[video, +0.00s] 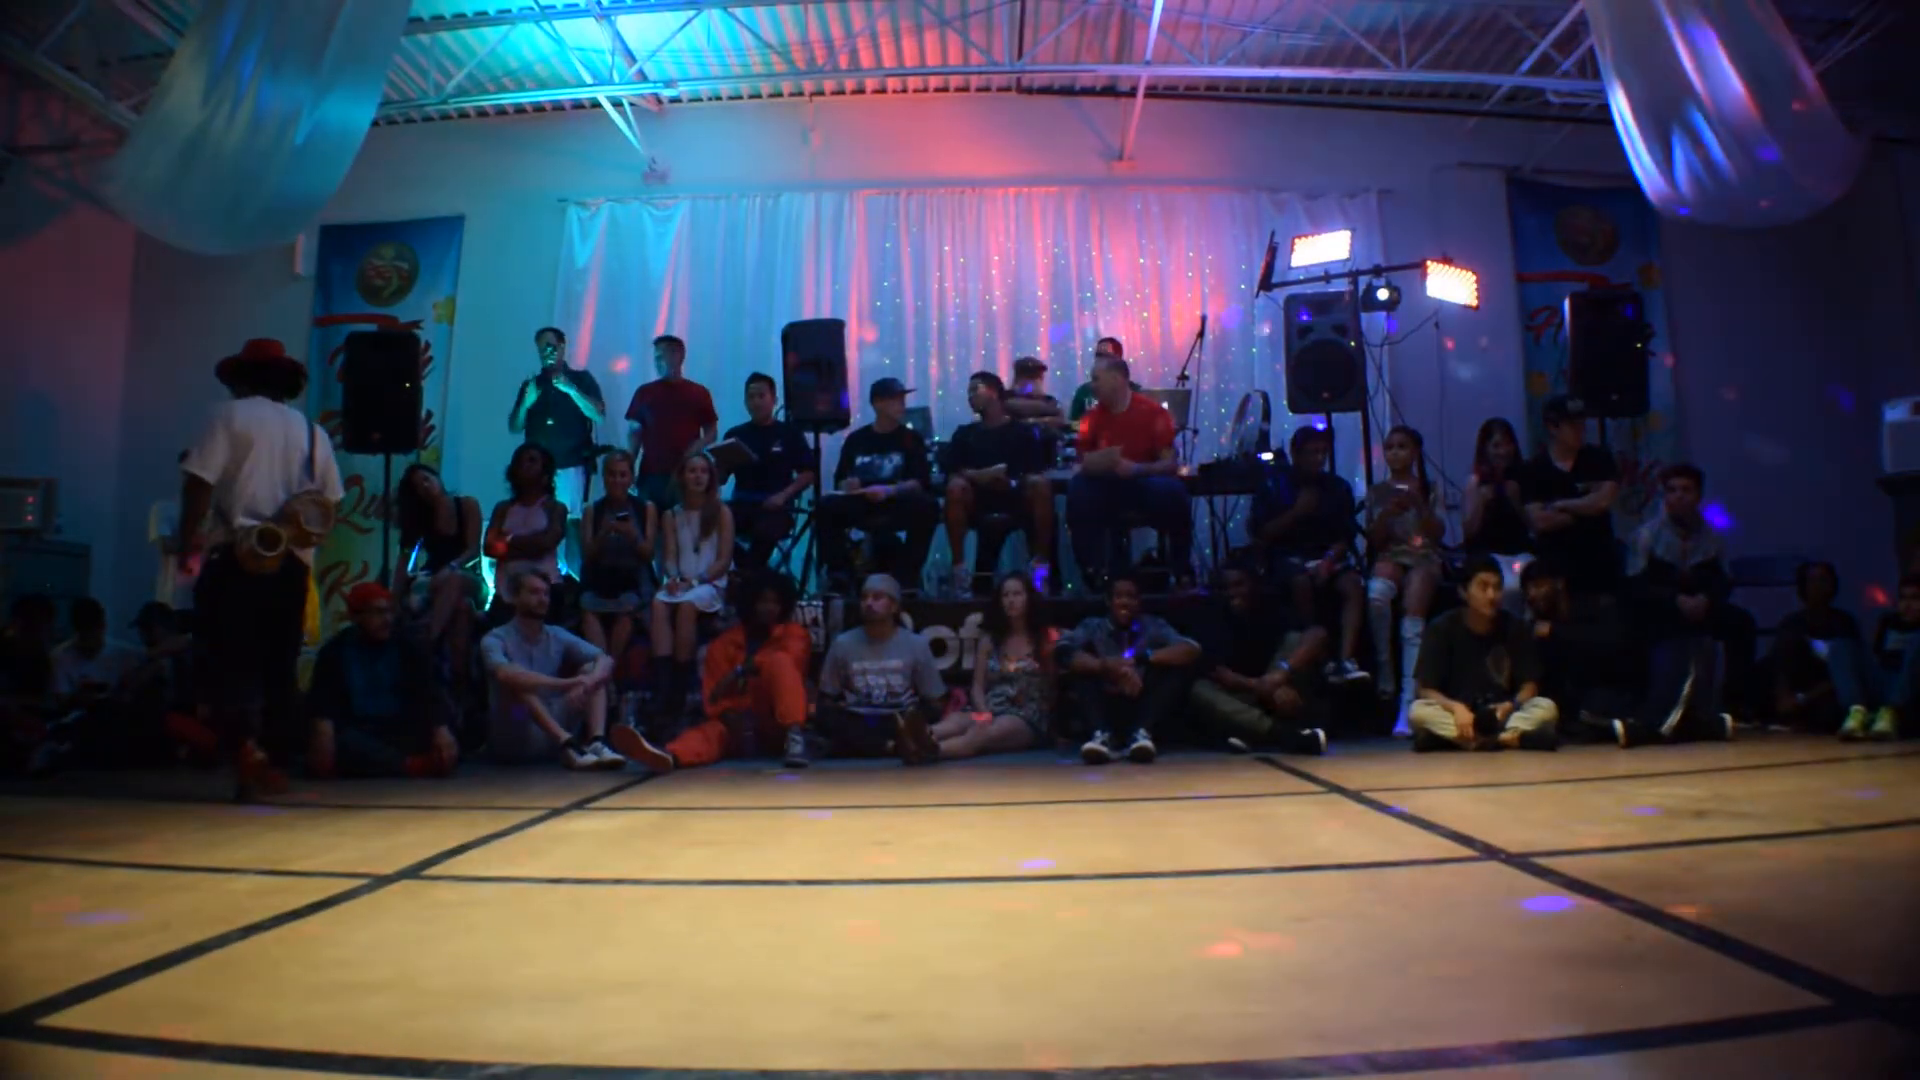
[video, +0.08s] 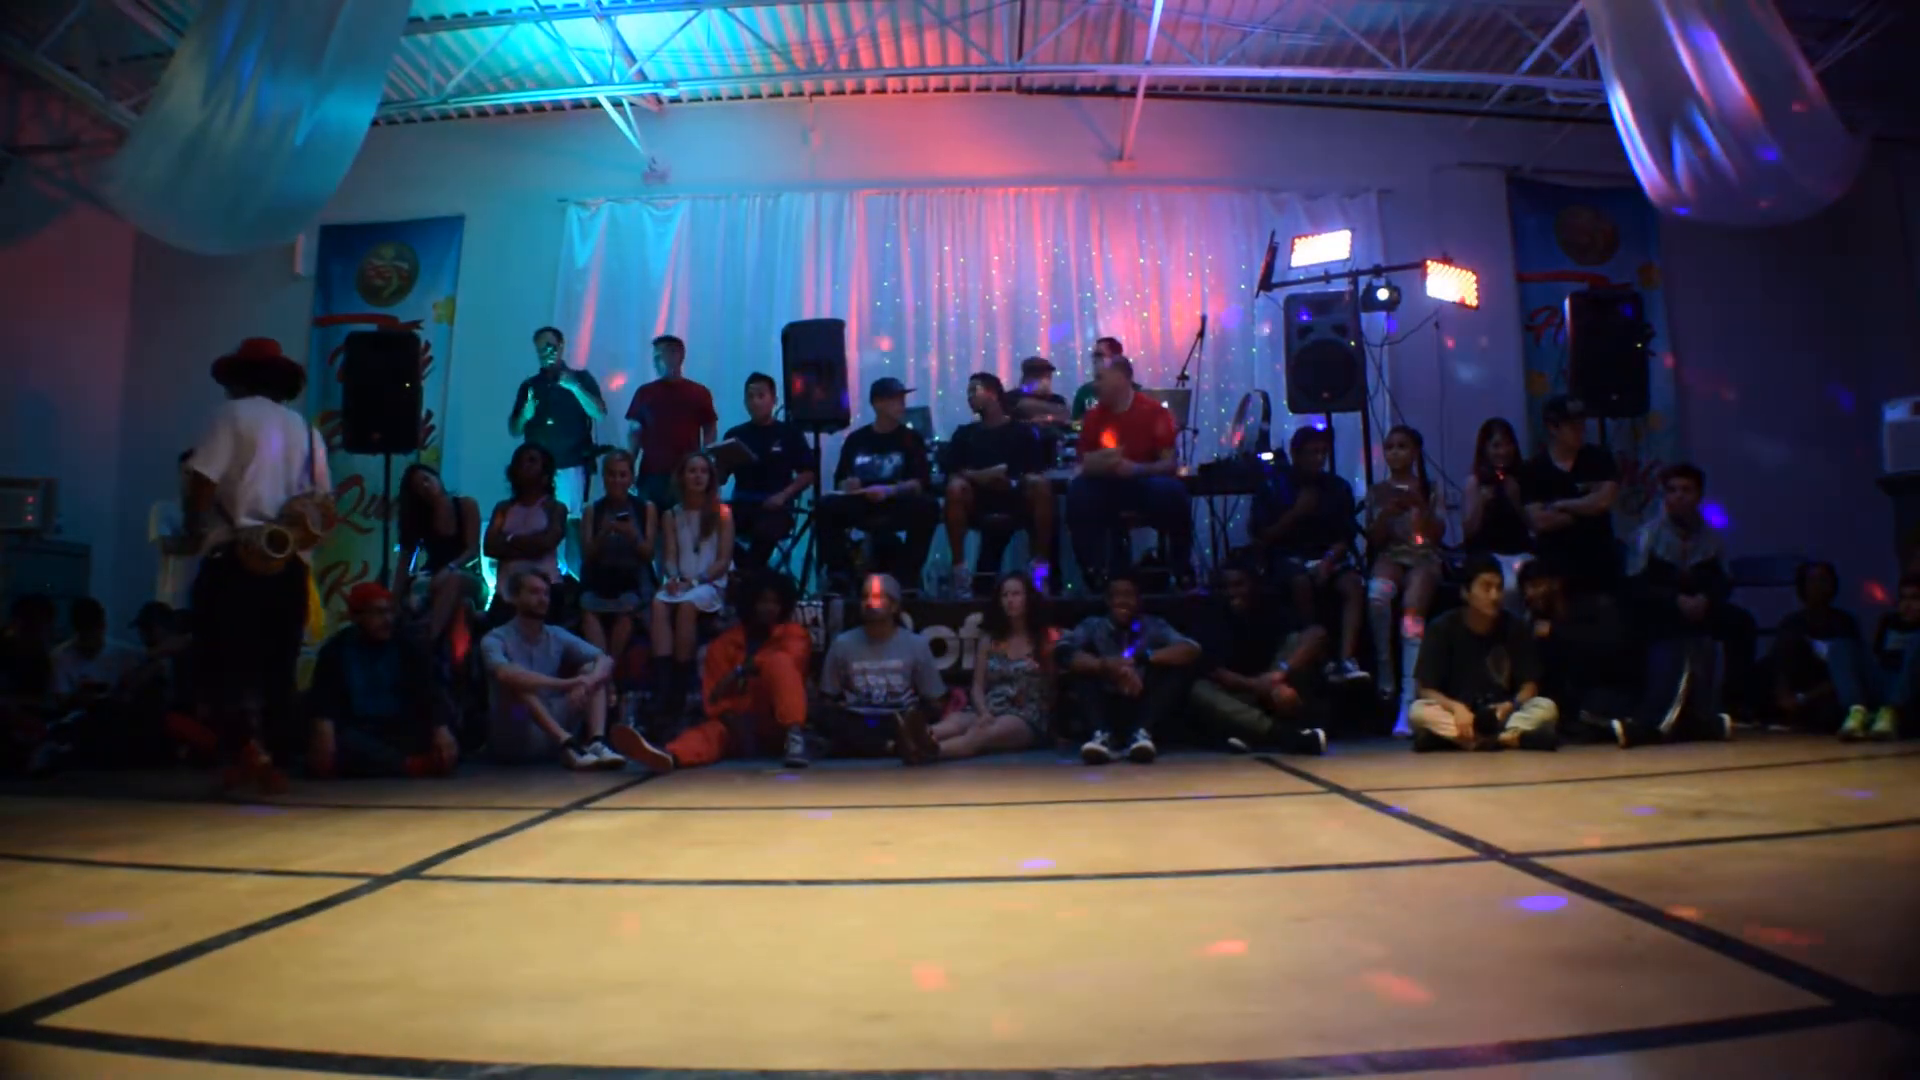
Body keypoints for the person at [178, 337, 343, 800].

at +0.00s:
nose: (233, 384)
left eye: (236, 378)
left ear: (241, 379)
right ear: (287, 383)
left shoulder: (229, 416)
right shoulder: (312, 433)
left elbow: (199, 481)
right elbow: (331, 500)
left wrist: (187, 542)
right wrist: (302, 531)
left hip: (232, 564)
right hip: (289, 568)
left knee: (228, 662)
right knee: (279, 665)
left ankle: (246, 761)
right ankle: (273, 763)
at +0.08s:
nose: (230, 384)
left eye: (233, 378)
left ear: (239, 379)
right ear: (284, 382)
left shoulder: (233, 416)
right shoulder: (308, 431)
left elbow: (200, 480)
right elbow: (323, 499)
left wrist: (194, 534)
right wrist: (296, 531)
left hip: (234, 563)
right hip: (289, 569)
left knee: (223, 664)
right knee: (278, 670)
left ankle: (245, 756)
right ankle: (271, 760)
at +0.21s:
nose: (219, 386)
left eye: (222, 378)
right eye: (219, 379)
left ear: (235, 378)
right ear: (270, 379)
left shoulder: (234, 416)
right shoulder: (292, 429)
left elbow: (205, 483)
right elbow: (297, 498)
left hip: (232, 561)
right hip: (278, 562)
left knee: (211, 660)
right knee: (272, 668)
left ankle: (214, 764)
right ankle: (272, 765)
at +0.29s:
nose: (210, 388)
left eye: (215, 379)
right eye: (211, 379)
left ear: (232, 378)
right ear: (261, 379)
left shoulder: (235, 416)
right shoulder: (284, 430)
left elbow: (207, 484)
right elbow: (282, 500)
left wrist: (242, 522)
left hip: (225, 564)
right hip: (268, 564)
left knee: (205, 665)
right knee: (269, 670)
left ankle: (207, 767)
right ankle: (273, 768)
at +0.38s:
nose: (204, 389)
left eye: (209, 380)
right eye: (204, 380)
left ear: (228, 380)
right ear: (251, 381)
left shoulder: (233, 418)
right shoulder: (271, 428)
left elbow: (207, 485)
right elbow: (270, 498)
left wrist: (178, 498)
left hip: (221, 564)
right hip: (259, 563)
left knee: (205, 667)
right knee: (265, 667)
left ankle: (207, 766)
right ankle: (272, 767)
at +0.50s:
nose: (196, 388)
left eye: (203, 379)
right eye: (196, 380)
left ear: (224, 380)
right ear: (238, 381)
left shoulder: (233, 419)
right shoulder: (254, 424)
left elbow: (210, 481)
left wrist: (174, 481)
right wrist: (183, 486)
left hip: (216, 564)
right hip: (237, 561)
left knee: (204, 668)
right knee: (242, 665)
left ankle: (208, 764)